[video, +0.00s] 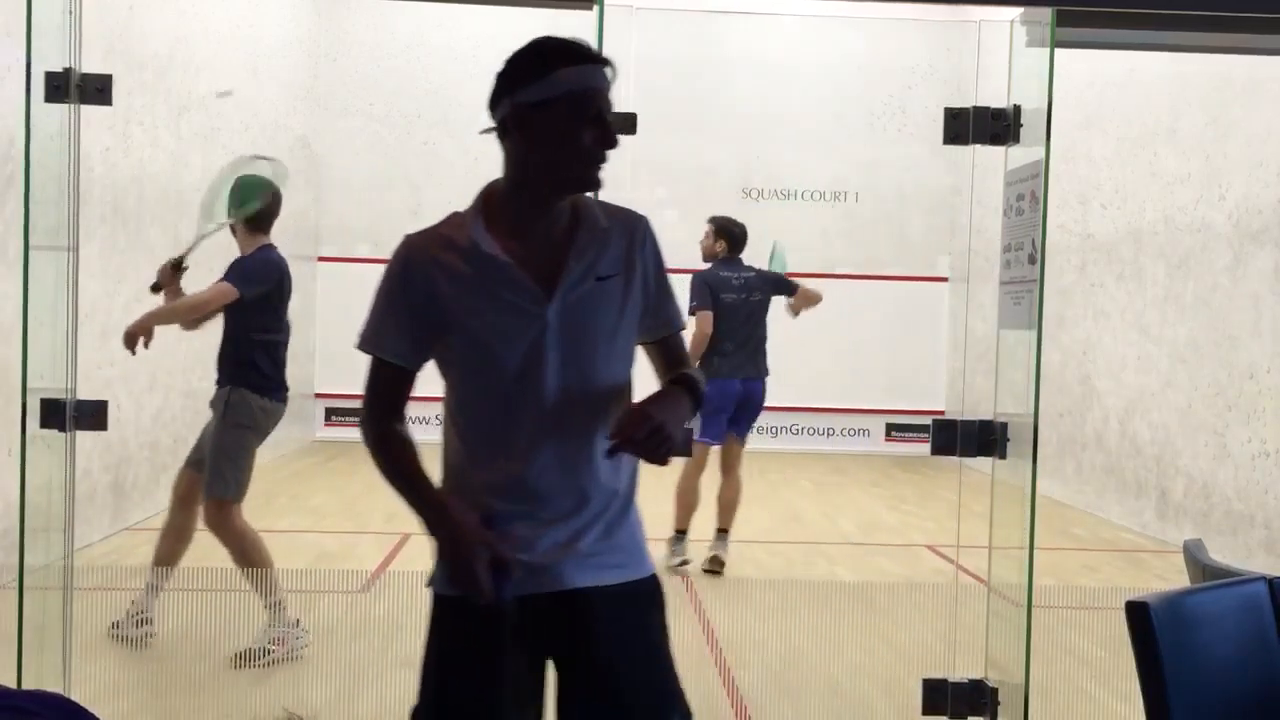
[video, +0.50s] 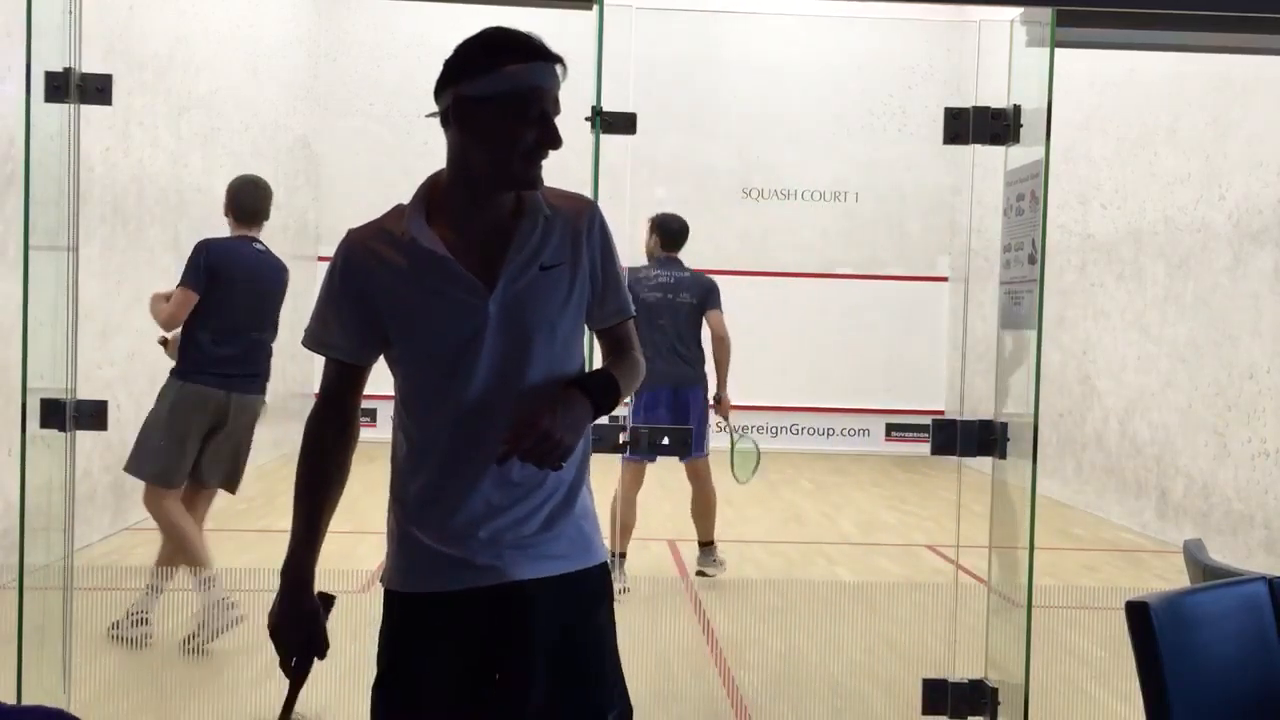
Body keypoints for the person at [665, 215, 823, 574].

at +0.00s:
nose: (701, 242)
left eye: (706, 237)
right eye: (704, 236)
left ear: (720, 244)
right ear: (733, 246)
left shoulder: (704, 278)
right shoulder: (762, 277)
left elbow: (704, 329)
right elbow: (812, 295)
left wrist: (687, 365)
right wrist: (795, 305)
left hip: (717, 382)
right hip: (754, 384)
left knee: (695, 465)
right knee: (732, 466)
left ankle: (678, 544)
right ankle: (721, 546)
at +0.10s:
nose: (687, 248)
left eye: (693, 243)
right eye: (690, 242)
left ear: (708, 252)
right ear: (719, 255)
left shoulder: (692, 290)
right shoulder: (746, 290)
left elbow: (691, 344)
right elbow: (791, 328)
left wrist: (670, 378)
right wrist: (772, 349)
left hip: (699, 396)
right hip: (735, 397)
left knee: (666, 470)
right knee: (718, 477)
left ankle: (646, 550)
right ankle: (714, 555)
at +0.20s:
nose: (671, 252)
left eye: (677, 247)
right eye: (674, 246)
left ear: (695, 256)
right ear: (703, 258)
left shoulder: (676, 294)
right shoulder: (734, 298)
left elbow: (671, 348)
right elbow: (757, 351)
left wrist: (650, 381)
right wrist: (746, 390)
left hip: (683, 400)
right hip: (721, 402)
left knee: (645, 473)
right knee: (709, 475)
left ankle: (628, 552)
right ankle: (713, 556)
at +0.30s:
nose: (655, 257)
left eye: (661, 252)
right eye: (658, 251)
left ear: (678, 259)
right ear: (688, 261)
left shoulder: (653, 297)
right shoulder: (719, 304)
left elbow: (642, 354)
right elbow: (731, 359)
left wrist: (628, 391)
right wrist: (726, 404)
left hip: (664, 409)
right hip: (706, 410)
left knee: (632, 487)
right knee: (702, 480)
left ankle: (620, 563)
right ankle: (712, 557)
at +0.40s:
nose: (643, 256)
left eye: (648, 250)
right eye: (646, 249)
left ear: (663, 256)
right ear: (681, 259)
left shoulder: (632, 295)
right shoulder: (705, 301)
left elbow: (616, 350)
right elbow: (720, 356)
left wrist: (619, 394)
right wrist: (721, 405)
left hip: (647, 411)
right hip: (692, 411)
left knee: (627, 493)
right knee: (702, 481)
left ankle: (619, 570)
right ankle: (709, 555)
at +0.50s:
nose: (644, 238)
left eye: (647, 233)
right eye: (648, 232)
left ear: (654, 239)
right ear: (681, 243)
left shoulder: (629, 280)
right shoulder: (702, 284)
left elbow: (613, 334)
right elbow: (720, 336)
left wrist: (615, 383)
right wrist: (721, 389)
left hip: (645, 391)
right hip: (690, 391)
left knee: (629, 482)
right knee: (700, 474)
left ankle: (617, 564)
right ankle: (707, 554)